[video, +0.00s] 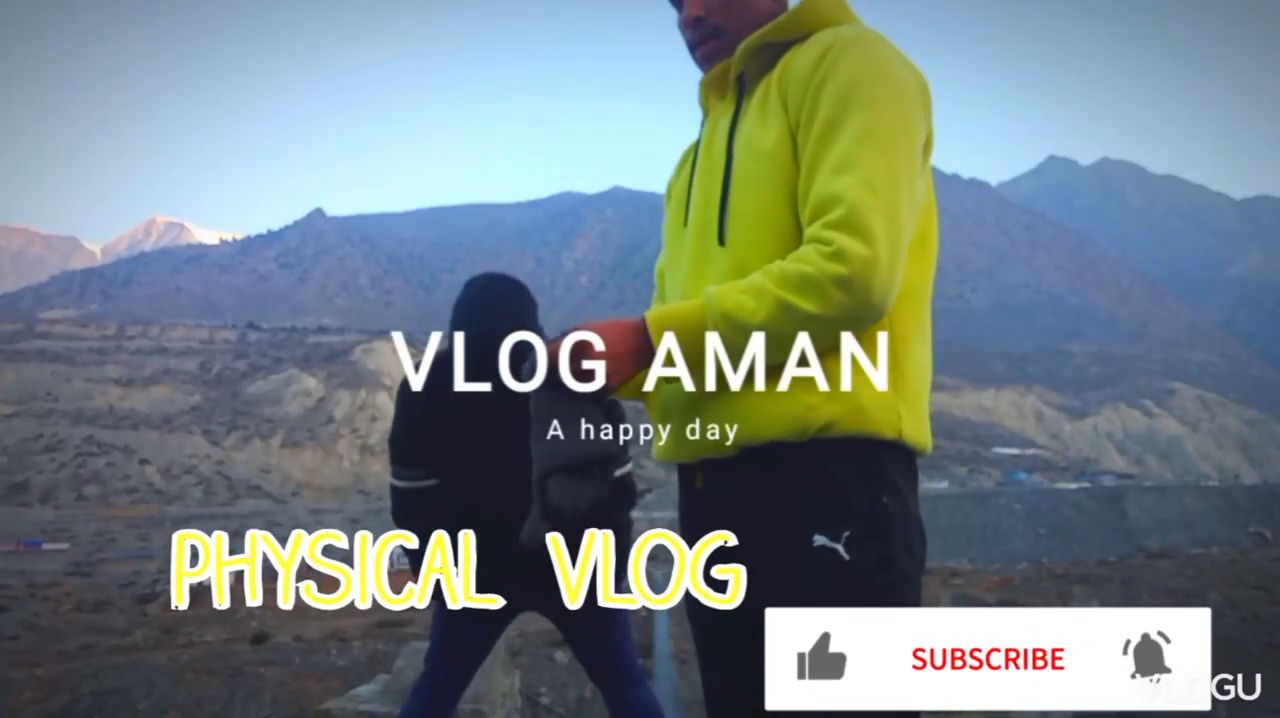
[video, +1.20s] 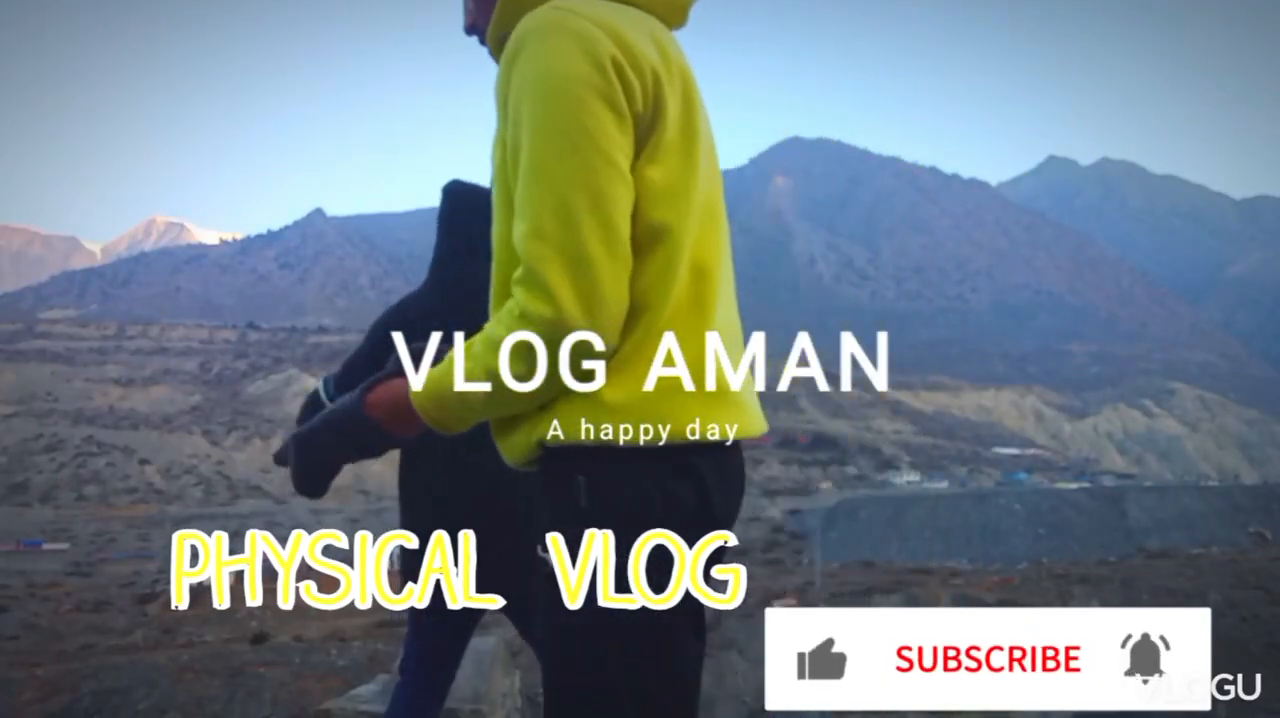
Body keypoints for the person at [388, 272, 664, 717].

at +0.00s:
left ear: (460, 319)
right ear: (532, 321)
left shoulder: (428, 383)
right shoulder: (568, 376)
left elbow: (411, 481)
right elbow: (615, 475)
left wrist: (418, 551)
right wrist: (616, 562)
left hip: (480, 568)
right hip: (570, 565)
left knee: (438, 684)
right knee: (624, 682)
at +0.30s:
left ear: (468, 252)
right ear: (541, 252)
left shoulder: (434, 337)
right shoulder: (585, 328)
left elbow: (410, 457)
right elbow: (623, 440)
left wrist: (439, 540)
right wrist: (613, 530)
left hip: (475, 551)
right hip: (572, 548)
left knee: (434, 683)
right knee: (620, 679)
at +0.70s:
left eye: (475, 238)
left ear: (472, 244)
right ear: (536, 239)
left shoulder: (446, 316)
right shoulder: (593, 304)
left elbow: (392, 430)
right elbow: (632, 420)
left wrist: (378, 536)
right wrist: (615, 513)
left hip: (466, 542)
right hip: (566, 542)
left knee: (418, 683)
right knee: (620, 687)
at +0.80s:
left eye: (462, 241)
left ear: (460, 246)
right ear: (526, 242)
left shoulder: (435, 318)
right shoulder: (577, 308)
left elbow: (373, 426)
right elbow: (625, 405)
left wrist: (332, 526)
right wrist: (631, 496)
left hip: (455, 544)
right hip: (554, 542)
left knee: (412, 689)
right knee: (606, 684)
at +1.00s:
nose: (505, 247)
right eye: (503, 238)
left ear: (438, 241)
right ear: (501, 240)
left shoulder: (404, 311)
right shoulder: (541, 304)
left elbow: (330, 404)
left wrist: (283, 479)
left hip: (429, 532)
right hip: (528, 530)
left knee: (410, 689)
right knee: (588, 682)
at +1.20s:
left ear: (445, 236)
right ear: (502, 241)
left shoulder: (418, 312)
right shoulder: (521, 316)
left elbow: (355, 381)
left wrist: (310, 425)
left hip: (441, 518)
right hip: (521, 519)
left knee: (423, 677)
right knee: (575, 665)